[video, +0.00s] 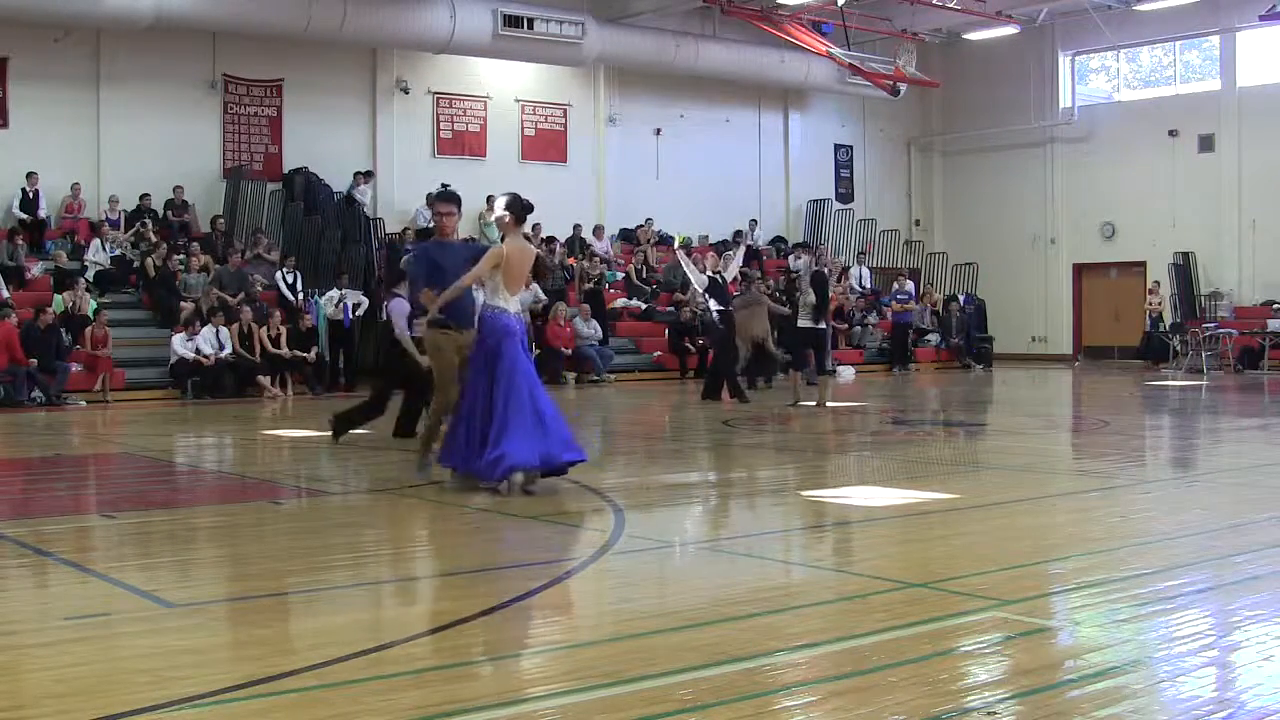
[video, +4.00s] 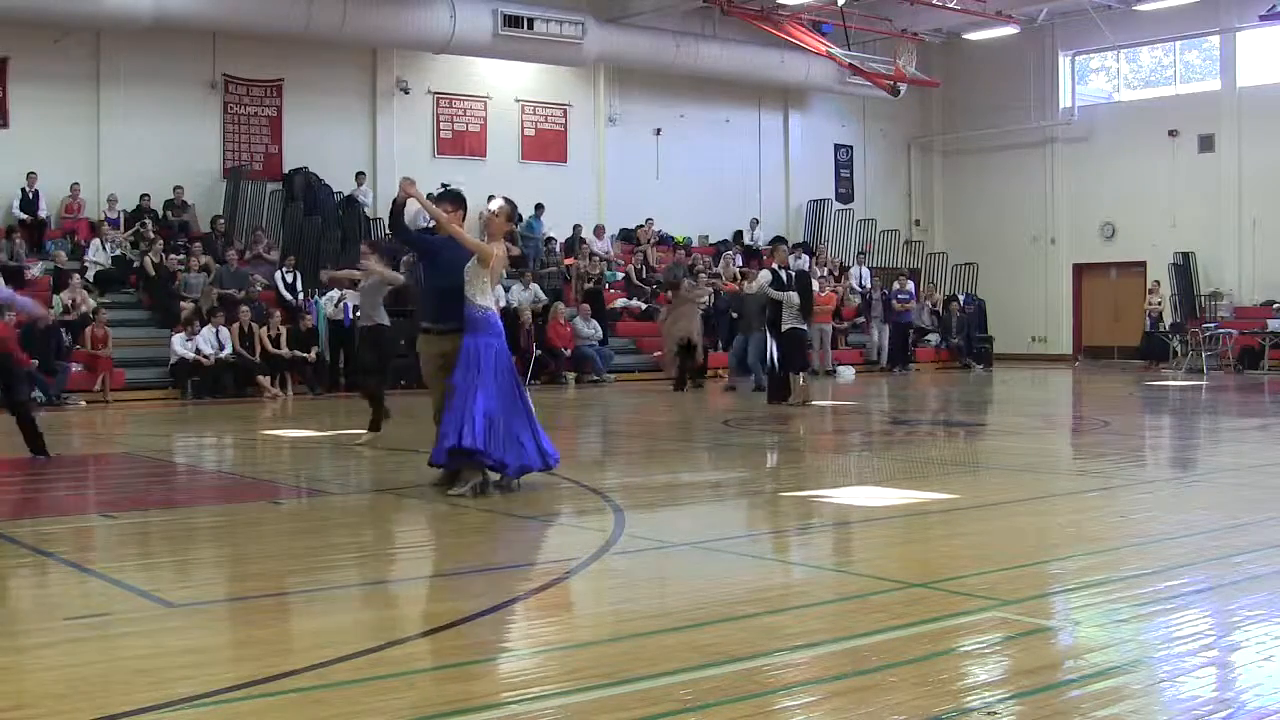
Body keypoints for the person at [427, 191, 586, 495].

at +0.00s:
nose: (492, 216)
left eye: (496, 211)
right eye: (494, 211)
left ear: (509, 217)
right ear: (519, 219)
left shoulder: (500, 251)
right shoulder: (531, 251)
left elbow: (467, 280)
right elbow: (519, 284)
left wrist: (438, 302)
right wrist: (487, 280)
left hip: (494, 321)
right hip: (516, 322)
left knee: (495, 390)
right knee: (514, 389)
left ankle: (507, 459)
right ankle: (527, 456)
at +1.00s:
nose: (487, 216)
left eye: (489, 211)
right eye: (488, 211)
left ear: (503, 218)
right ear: (511, 219)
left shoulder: (502, 250)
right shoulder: (522, 249)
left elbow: (462, 236)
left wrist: (427, 210)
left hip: (494, 321)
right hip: (511, 321)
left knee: (494, 392)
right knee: (506, 391)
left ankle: (498, 464)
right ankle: (503, 460)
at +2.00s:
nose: (491, 216)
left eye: (495, 212)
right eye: (493, 212)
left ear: (505, 221)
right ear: (516, 222)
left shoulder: (499, 249)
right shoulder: (524, 249)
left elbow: (464, 224)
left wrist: (438, 193)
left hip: (492, 323)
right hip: (510, 322)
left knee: (492, 393)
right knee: (505, 393)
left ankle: (499, 463)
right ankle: (501, 462)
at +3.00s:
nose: (497, 218)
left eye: (500, 214)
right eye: (500, 214)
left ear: (509, 220)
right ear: (522, 220)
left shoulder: (503, 250)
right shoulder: (531, 249)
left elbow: (465, 228)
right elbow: (535, 273)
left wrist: (438, 195)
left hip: (496, 323)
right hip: (517, 322)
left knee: (492, 392)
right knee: (510, 392)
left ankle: (493, 462)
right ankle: (505, 462)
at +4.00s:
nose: (487, 217)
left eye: (494, 214)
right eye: (488, 212)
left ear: (508, 225)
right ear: (494, 221)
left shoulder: (491, 251)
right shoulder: (498, 250)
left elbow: (451, 227)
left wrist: (419, 197)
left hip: (482, 330)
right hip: (489, 328)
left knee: (471, 397)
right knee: (493, 396)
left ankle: (473, 469)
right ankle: (508, 463)